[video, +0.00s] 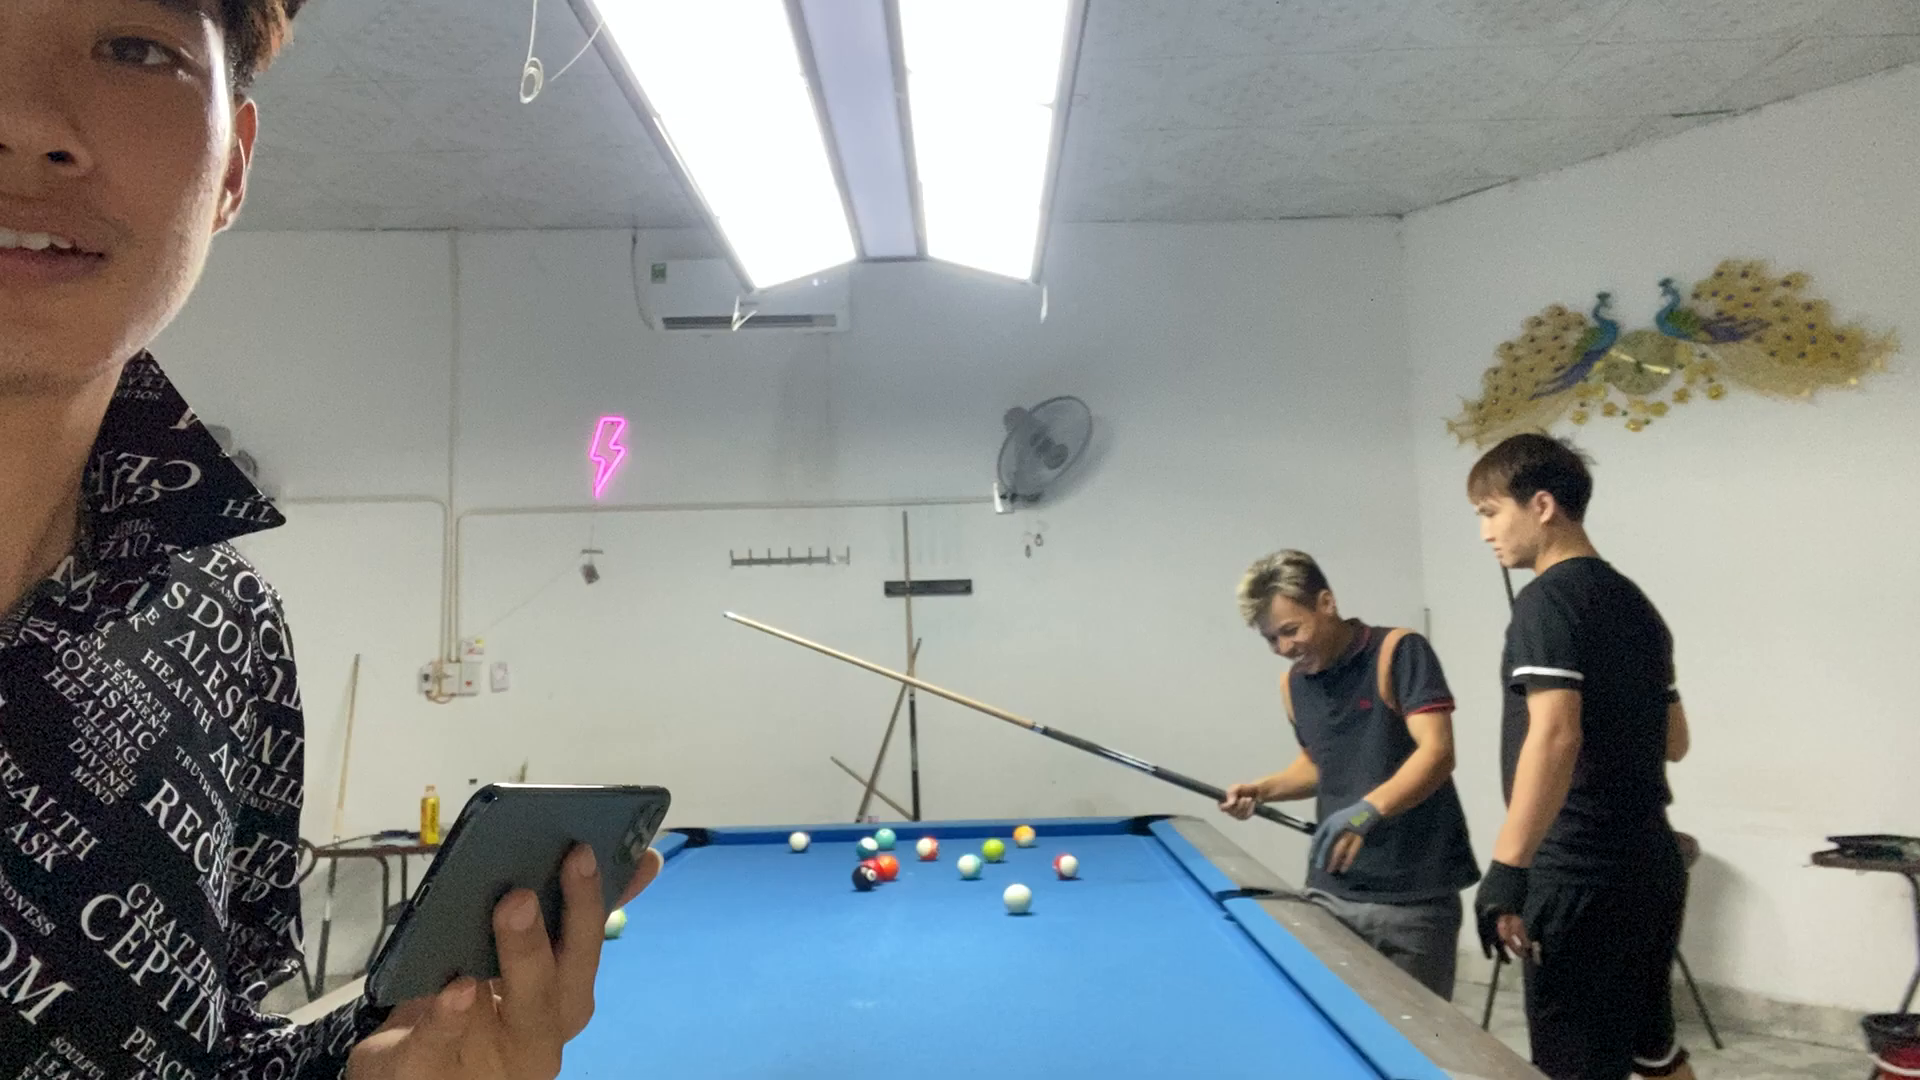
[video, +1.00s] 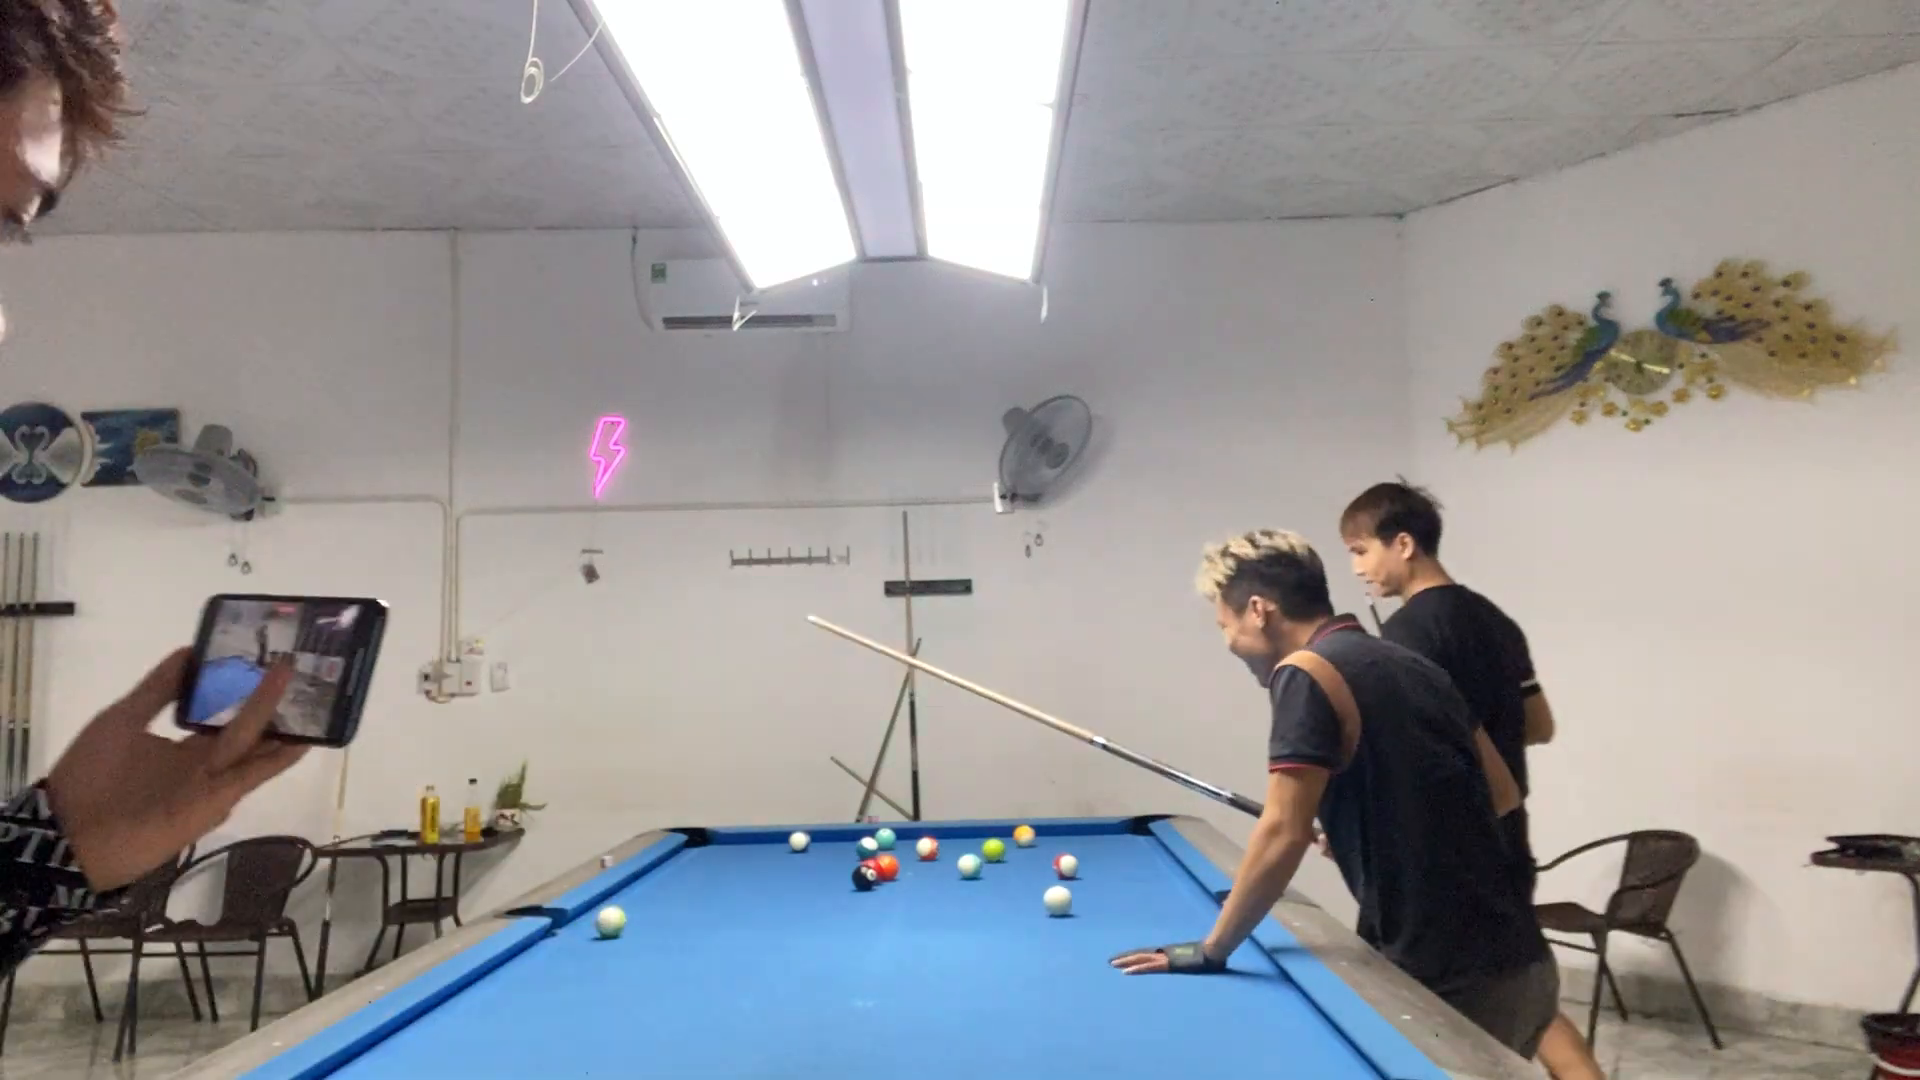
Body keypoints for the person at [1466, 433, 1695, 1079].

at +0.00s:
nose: (1483, 532)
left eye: (1490, 511)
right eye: (1480, 516)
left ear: (1543, 507)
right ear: (1545, 509)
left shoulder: (1547, 600)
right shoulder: (1636, 603)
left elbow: (1556, 739)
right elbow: (1673, 740)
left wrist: (1507, 869)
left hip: (1576, 880)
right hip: (1650, 869)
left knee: (1574, 1063)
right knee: (1654, 1051)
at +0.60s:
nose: (1478, 550)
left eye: (1480, 531)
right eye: (1474, 534)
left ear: (1521, 523)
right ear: (1545, 524)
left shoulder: (1527, 603)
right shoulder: (1633, 616)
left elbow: (1545, 727)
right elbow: (1668, 740)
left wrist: (1519, 856)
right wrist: (1580, 741)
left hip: (1565, 860)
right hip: (1646, 856)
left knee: (1508, 1026)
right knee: (1670, 1033)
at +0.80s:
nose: (1421, 568)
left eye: (1424, 550)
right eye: (1417, 552)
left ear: (1465, 545)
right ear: (1473, 544)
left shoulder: (1472, 625)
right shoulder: (1573, 624)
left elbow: (1491, 746)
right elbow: (1618, 740)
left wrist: (1472, 865)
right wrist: (1531, 735)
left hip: (1514, 867)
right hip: (1589, 858)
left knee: (1454, 1028)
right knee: (1631, 1031)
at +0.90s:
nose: (1388, 573)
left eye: (1391, 555)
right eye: (1384, 557)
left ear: (1434, 550)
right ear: (1441, 550)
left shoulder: (1439, 634)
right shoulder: (1532, 625)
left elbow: (1461, 750)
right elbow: (1579, 737)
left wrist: (1489, 799)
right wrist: (1500, 740)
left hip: (1477, 861)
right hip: (1545, 851)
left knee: (1451, 1020)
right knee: (1587, 1018)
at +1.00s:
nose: (1357, 569)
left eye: (1361, 552)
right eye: (1353, 555)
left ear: (1404, 544)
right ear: (1410, 545)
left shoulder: (1402, 633)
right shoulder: (1496, 618)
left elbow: (1396, 745)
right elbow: (1540, 725)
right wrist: (1447, 724)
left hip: (1442, 852)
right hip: (1509, 844)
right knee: (1534, 1005)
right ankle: (1584, 1073)